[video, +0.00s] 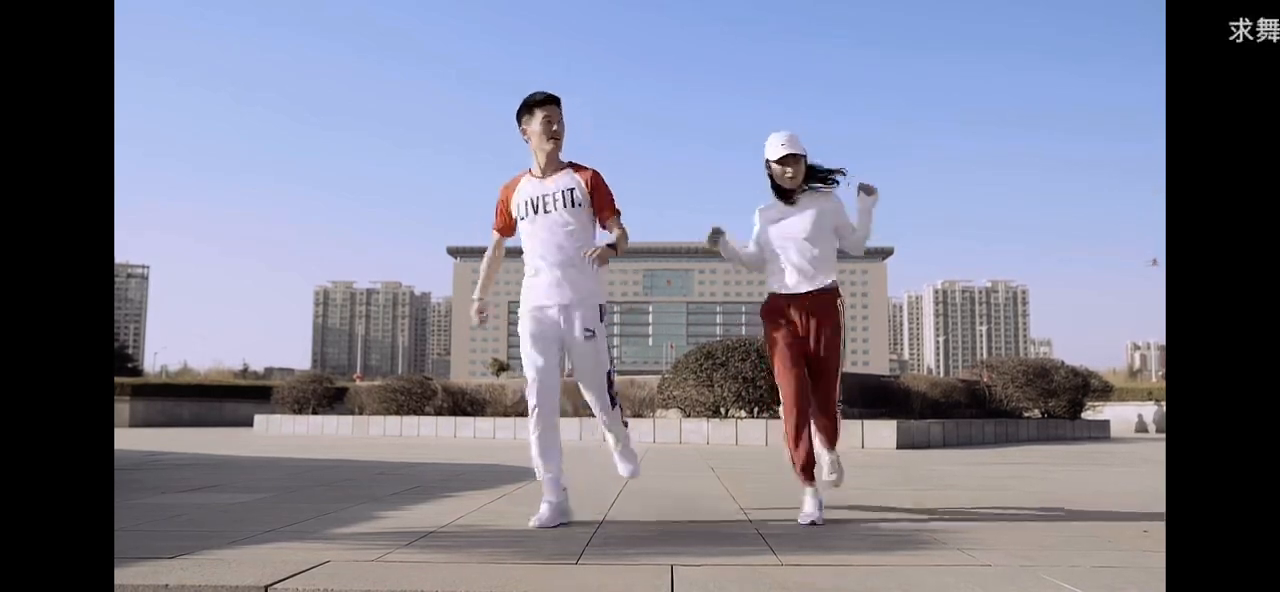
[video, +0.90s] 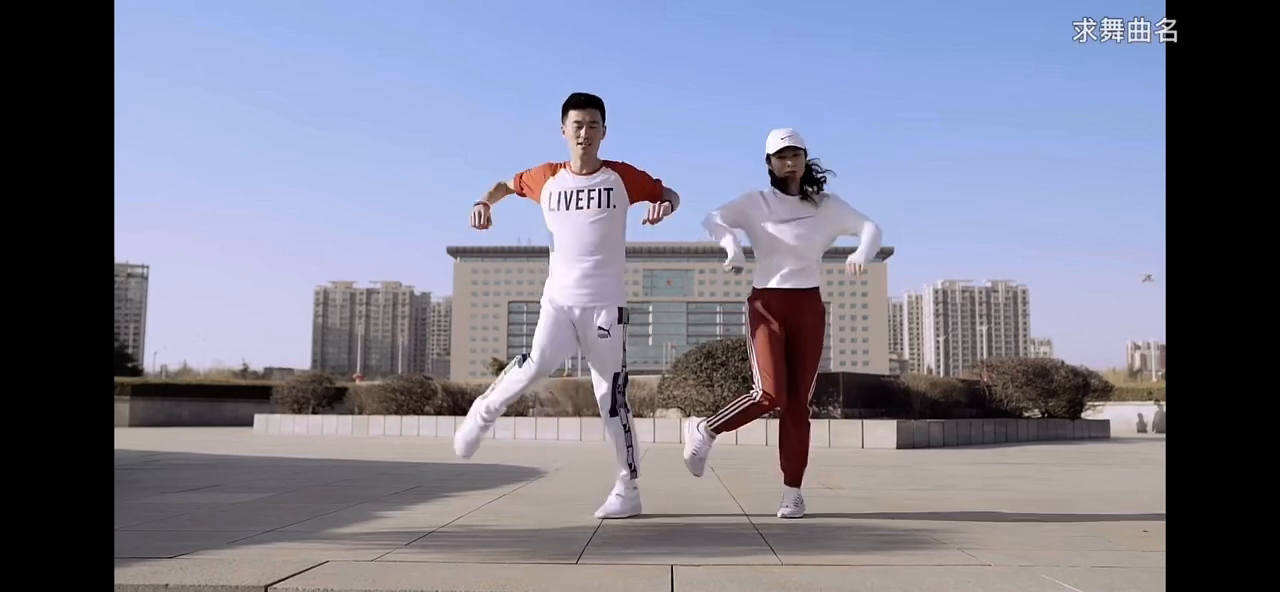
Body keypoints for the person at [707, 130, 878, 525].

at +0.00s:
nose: (789, 169)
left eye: (795, 160)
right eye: (780, 162)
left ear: (806, 162)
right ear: (769, 167)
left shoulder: (826, 200)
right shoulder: (765, 215)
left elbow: (854, 245)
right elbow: (756, 260)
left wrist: (865, 207)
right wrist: (726, 247)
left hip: (823, 305)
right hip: (782, 309)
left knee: (825, 397)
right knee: (793, 397)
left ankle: (828, 449)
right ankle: (809, 490)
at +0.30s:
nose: (794, 167)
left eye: (801, 162)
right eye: (787, 161)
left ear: (811, 168)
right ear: (776, 167)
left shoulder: (825, 206)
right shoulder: (766, 210)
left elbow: (842, 210)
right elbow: (749, 230)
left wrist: (852, 196)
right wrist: (750, 210)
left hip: (820, 304)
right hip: (778, 310)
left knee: (801, 342)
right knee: (788, 410)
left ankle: (820, 418)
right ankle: (800, 492)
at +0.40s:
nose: (792, 168)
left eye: (800, 162)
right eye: (786, 161)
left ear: (811, 170)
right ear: (775, 169)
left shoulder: (825, 210)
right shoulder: (765, 213)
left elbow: (843, 225)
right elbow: (743, 240)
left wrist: (854, 225)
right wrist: (755, 232)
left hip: (820, 308)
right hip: (775, 315)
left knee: (796, 337)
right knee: (788, 407)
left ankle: (809, 422)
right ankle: (802, 492)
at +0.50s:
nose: (791, 154)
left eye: (799, 149)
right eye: (785, 147)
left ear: (809, 158)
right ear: (774, 155)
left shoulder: (821, 200)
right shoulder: (756, 202)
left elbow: (838, 252)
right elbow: (750, 256)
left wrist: (849, 304)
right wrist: (754, 303)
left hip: (814, 297)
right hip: (772, 300)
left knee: (795, 375)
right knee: (782, 388)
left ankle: (790, 470)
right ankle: (802, 479)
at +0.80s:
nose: (790, 152)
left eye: (797, 146)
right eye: (783, 146)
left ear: (807, 152)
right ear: (771, 154)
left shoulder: (827, 200)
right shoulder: (756, 198)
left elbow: (836, 260)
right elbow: (733, 253)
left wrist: (836, 312)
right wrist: (724, 303)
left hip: (810, 304)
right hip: (765, 303)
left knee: (798, 395)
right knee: (764, 392)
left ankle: (791, 484)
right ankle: (761, 460)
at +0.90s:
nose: (788, 160)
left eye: (794, 153)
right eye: (781, 155)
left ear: (805, 158)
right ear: (770, 162)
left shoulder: (826, 205)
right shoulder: (757, 202)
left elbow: (871, 228)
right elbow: (711, 219)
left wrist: (862, 253)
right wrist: (729, 238)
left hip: (809, 306)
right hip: (767, 305)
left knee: (798, 403)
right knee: (769, 396)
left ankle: (793, 493)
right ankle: (705, 431)